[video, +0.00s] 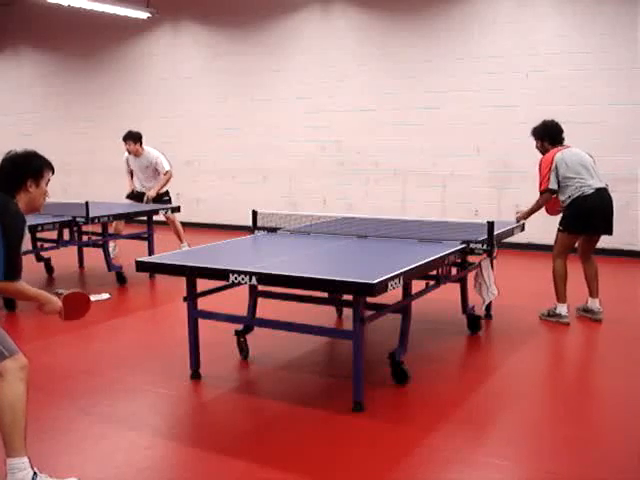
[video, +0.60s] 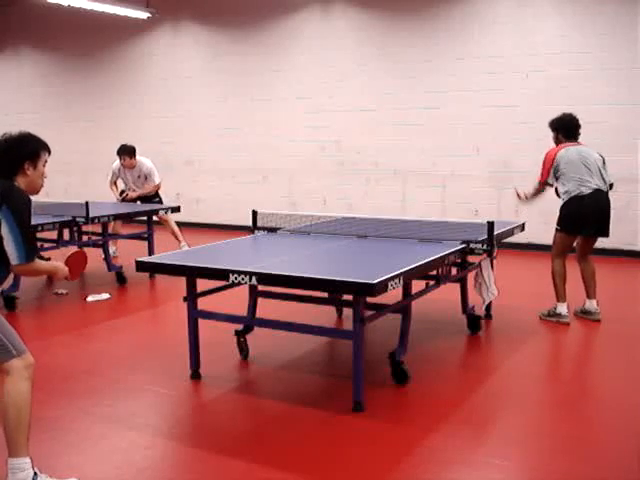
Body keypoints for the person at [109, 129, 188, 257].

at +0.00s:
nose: (126, 148)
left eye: (128, 144)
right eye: (125, 145)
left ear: (137, 144)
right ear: (128, 145)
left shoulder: (154, 156)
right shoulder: (128, 157)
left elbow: (168, 174)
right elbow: (129, 171)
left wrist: (155, 190)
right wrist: (131, 185)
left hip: (159, 193)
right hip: (139, 192)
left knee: (170, 217)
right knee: (119, 216)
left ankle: (184, 244)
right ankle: (113, 245)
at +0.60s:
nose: (121, 163)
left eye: (124, 160)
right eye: (120, 159)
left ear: (132, 158)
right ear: (119, 159)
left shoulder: (146, 165)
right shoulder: (117, 167)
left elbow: (156, 185)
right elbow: (112, 182)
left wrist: (136, 194)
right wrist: (118, 195)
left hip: (149, 195)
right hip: (130, 194)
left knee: (162, 216)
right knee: (117, 218)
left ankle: (182, 243)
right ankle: (113, 247)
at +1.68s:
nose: (131, 151)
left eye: (133, 148)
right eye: (130, 148)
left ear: (142, 147)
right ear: (129, 148)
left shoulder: (155, 157)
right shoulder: (127, 158)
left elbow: (169, 174)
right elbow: (120, 174)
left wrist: (152, 186)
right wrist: (128, 186)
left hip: (156, 193)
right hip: (134, 193)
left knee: (169, 216)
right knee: (122, 218)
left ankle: (183, 244)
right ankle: (113, 247)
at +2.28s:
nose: (127, 142)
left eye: (130, 139)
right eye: (126, 139)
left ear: (138, 139)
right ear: (124, 138)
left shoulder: (149, 154)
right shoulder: (119, 150)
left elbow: (155, 174)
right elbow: (107, 166)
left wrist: (144, 182)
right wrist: (117, 178)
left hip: (140, 192)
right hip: (120, 192)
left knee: (152, 220)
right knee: (111, 221)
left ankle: (165, 248)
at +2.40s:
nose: (134, 156)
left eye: (137, 153)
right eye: (132, 153)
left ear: (143, 153)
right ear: (129, 153)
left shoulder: (151, 168)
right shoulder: (123, 165)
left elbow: (162, 187)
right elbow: (114, 184)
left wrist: (167, 200)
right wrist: (131, 192)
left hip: (142, 204)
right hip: (122, 203)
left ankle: (160, 251)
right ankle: (94, 248)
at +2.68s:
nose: (148, 160)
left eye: (150, 156)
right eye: (144, 158)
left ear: (153, 155)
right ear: (139, 159)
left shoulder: (160, 165)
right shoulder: (135, 167)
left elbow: (174, 178)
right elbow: (127, 185)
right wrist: (138, 198)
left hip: (157, 200)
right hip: (141, 201)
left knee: (155, 220)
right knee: (117, 223)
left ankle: (165, 252)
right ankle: (97, 247)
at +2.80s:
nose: (146, 153)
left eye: (148, 150)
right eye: (143, 151)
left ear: (153, 146)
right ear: (141, 150)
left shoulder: (163, 154)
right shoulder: (141, 160)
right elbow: (131, 177)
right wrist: (128, 175)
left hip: (165, 195)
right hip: (147, 194)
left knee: (156, 219)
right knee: (126, 218)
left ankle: (165, 250)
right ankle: (121, 242)